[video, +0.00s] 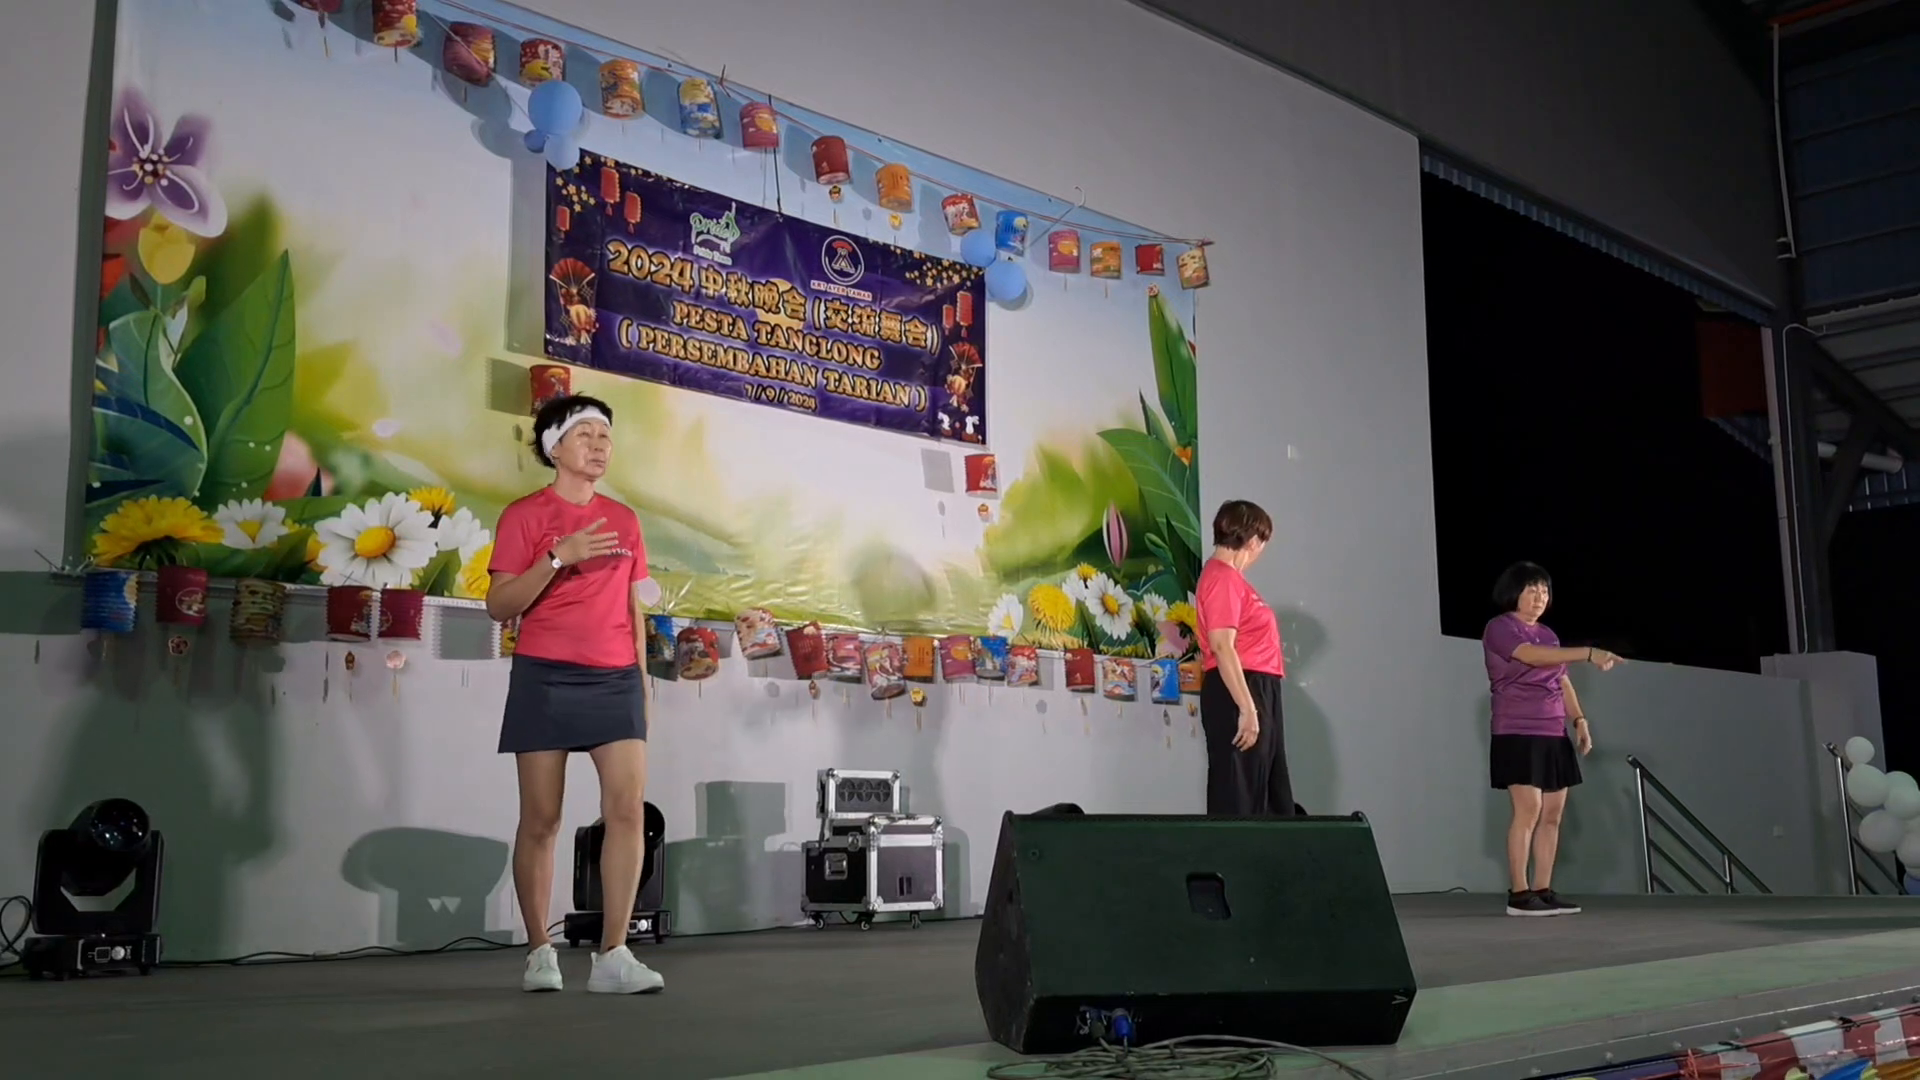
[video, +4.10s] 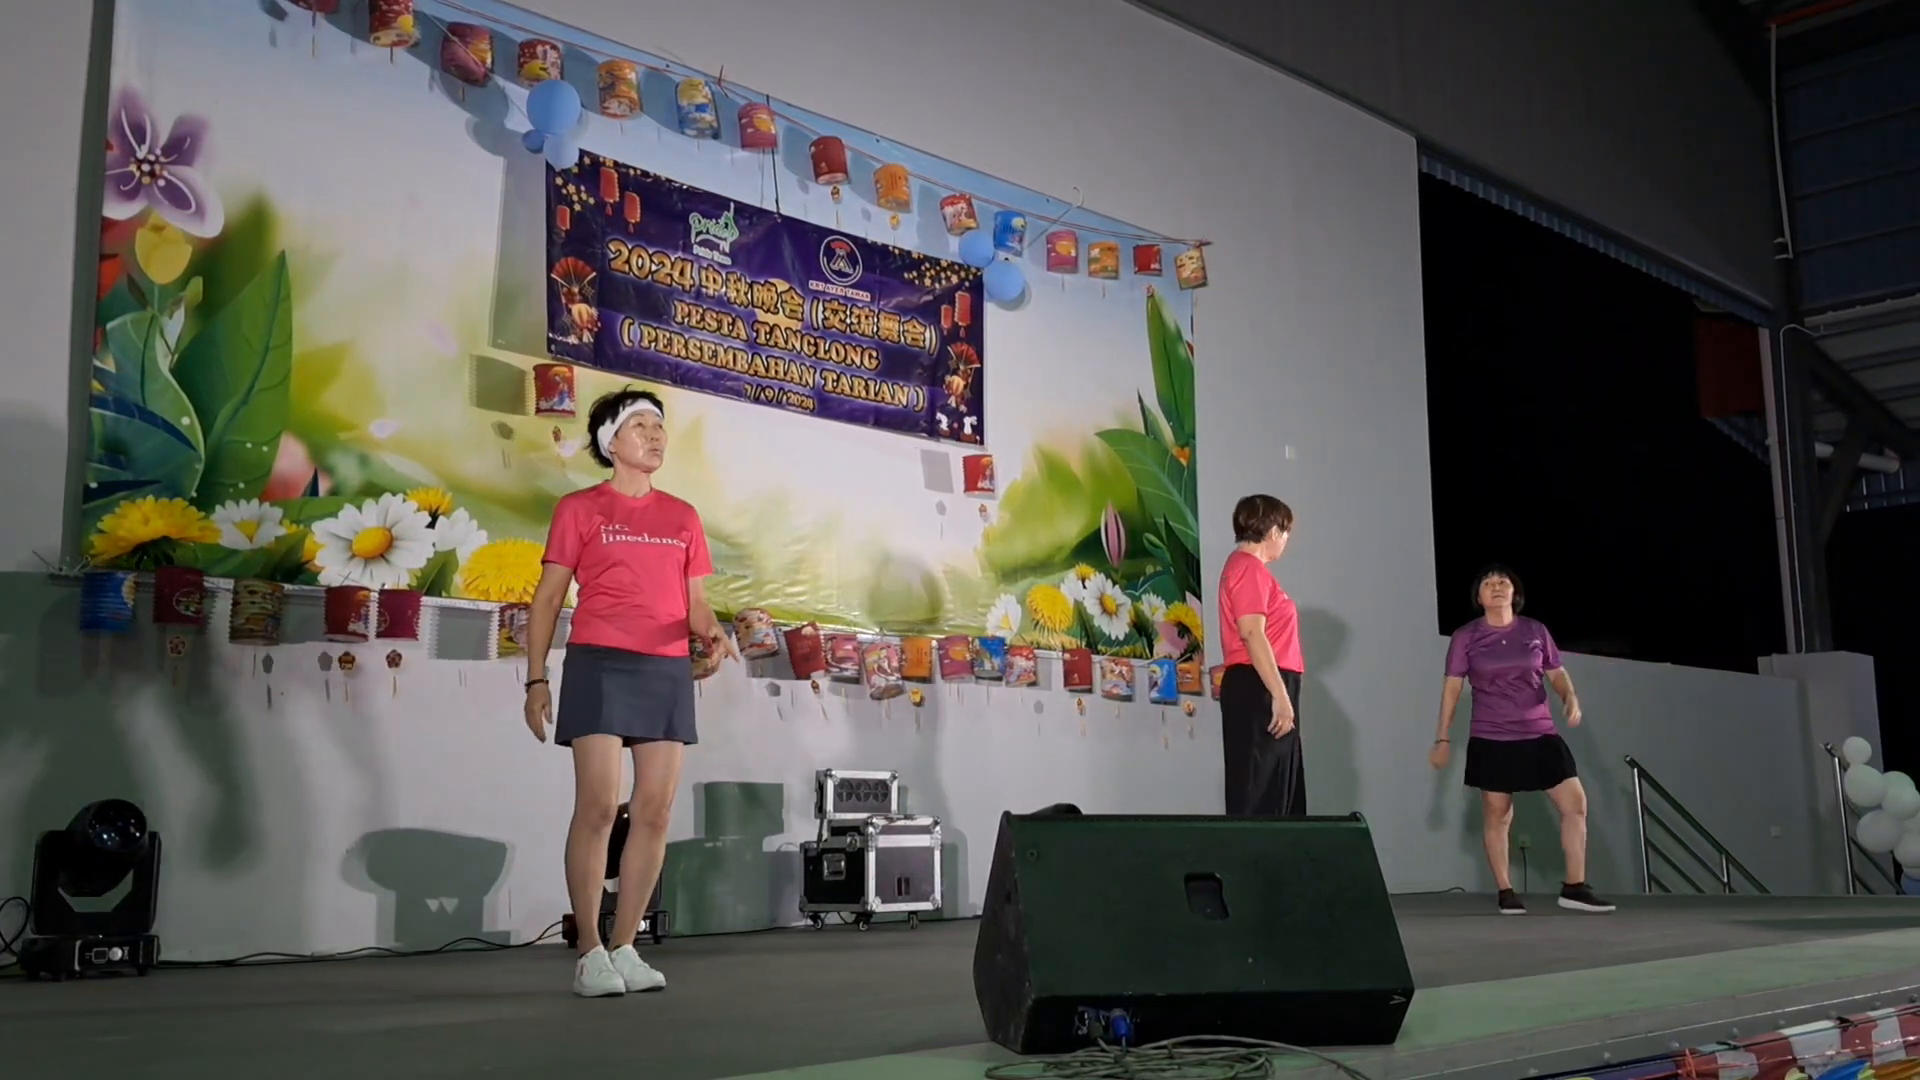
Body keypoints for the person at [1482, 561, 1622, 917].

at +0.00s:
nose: (1539, 599)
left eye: (1544, 593)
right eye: (1532, 591)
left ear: (1549, 599)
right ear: (1513, 593)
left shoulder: (1548, 636)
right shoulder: (1499, 628)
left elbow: (1562, 682)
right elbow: (1530, 655)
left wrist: (1579, 719)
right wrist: (1588, 653)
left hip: (1555, 737)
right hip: (1518, 737)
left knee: (1552, 814)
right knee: (1527, 810)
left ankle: (1542, 891)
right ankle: (1519, 894)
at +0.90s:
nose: (1541, 590)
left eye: (1546, 585)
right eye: (1533, 584)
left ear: (1552, 593)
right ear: (1516, 591)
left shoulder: (1556, 635)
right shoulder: (1505, 627)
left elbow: (1569, 678)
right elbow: (1493, 666)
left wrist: (1589, 706)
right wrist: (1547, 677)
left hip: (1558, 736)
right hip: (1520, 735)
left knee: (1554, 815)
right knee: (1533, 810)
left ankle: (1542, 891)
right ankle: (1520, 893)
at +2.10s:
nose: (1555, 591)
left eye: (1558, 585)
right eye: (1547, 584)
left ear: (1562, 592)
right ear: (1528, 589)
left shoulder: (1560, 635)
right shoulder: (1515, 627)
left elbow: (1576, 682)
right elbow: (1503, 673)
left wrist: (1601, 723)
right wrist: (1536, 717)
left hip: (1560, 736)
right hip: (1526, 735)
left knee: (1565, 812)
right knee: (1549, 810)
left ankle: (1544, 890)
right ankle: (1536, 892)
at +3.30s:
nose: (1548, 592)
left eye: (1553, 587)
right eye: (1540, 586)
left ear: (1560, 594)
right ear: (1525, 593)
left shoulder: (1573, 635)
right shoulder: (1508, 631)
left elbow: (1600, 675)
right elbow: (1493, 675)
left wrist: (1635, 701)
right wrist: (1507, 714)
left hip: (1565, 738)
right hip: (1523, 736)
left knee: (1574, 812)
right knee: (1535, 811)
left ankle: (1558, 891)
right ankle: (1520, 886)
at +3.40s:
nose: (1539, 593)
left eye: (1544, 587)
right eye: (1531, 586)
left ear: (1551, 592)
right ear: (1514, 591)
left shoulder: (1563, 630)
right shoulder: (1495, 629)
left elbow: (1591, 670)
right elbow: (1474, 671)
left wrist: (1629, 673)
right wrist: (1466, 706)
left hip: (1560, 734)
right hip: (1515, 734)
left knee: (1578, 807)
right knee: (1520, 812)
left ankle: (1560, 888)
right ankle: (1508, 886)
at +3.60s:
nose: (1523, 599)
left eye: (1528, 593)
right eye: (1515, 593)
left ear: (1534, 598)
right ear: (1498, 597)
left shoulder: (1545, 634)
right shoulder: (1477, 636)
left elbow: (1571, 676)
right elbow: (1446, 678)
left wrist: (1599, 661)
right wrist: (1411, 714)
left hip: (1545, 738)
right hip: (1496, 740)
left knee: (1584, 803)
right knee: (1501, 811)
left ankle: (1596, 886)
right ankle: (1505, 891)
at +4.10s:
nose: (1497, 586)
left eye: (1503, 581)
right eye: (1489, 583)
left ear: (1514, 591)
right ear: (1479, 595)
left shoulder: (1536, 631)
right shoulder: (1465, 637)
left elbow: (1557, 674)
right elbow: (1452, 689)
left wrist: (1570, 696)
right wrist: (1442, 738)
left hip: (1540, 736)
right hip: (1491, 739)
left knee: (1574, 804)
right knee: (1498, 813)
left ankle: (1574, 886)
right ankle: (1505, 891)